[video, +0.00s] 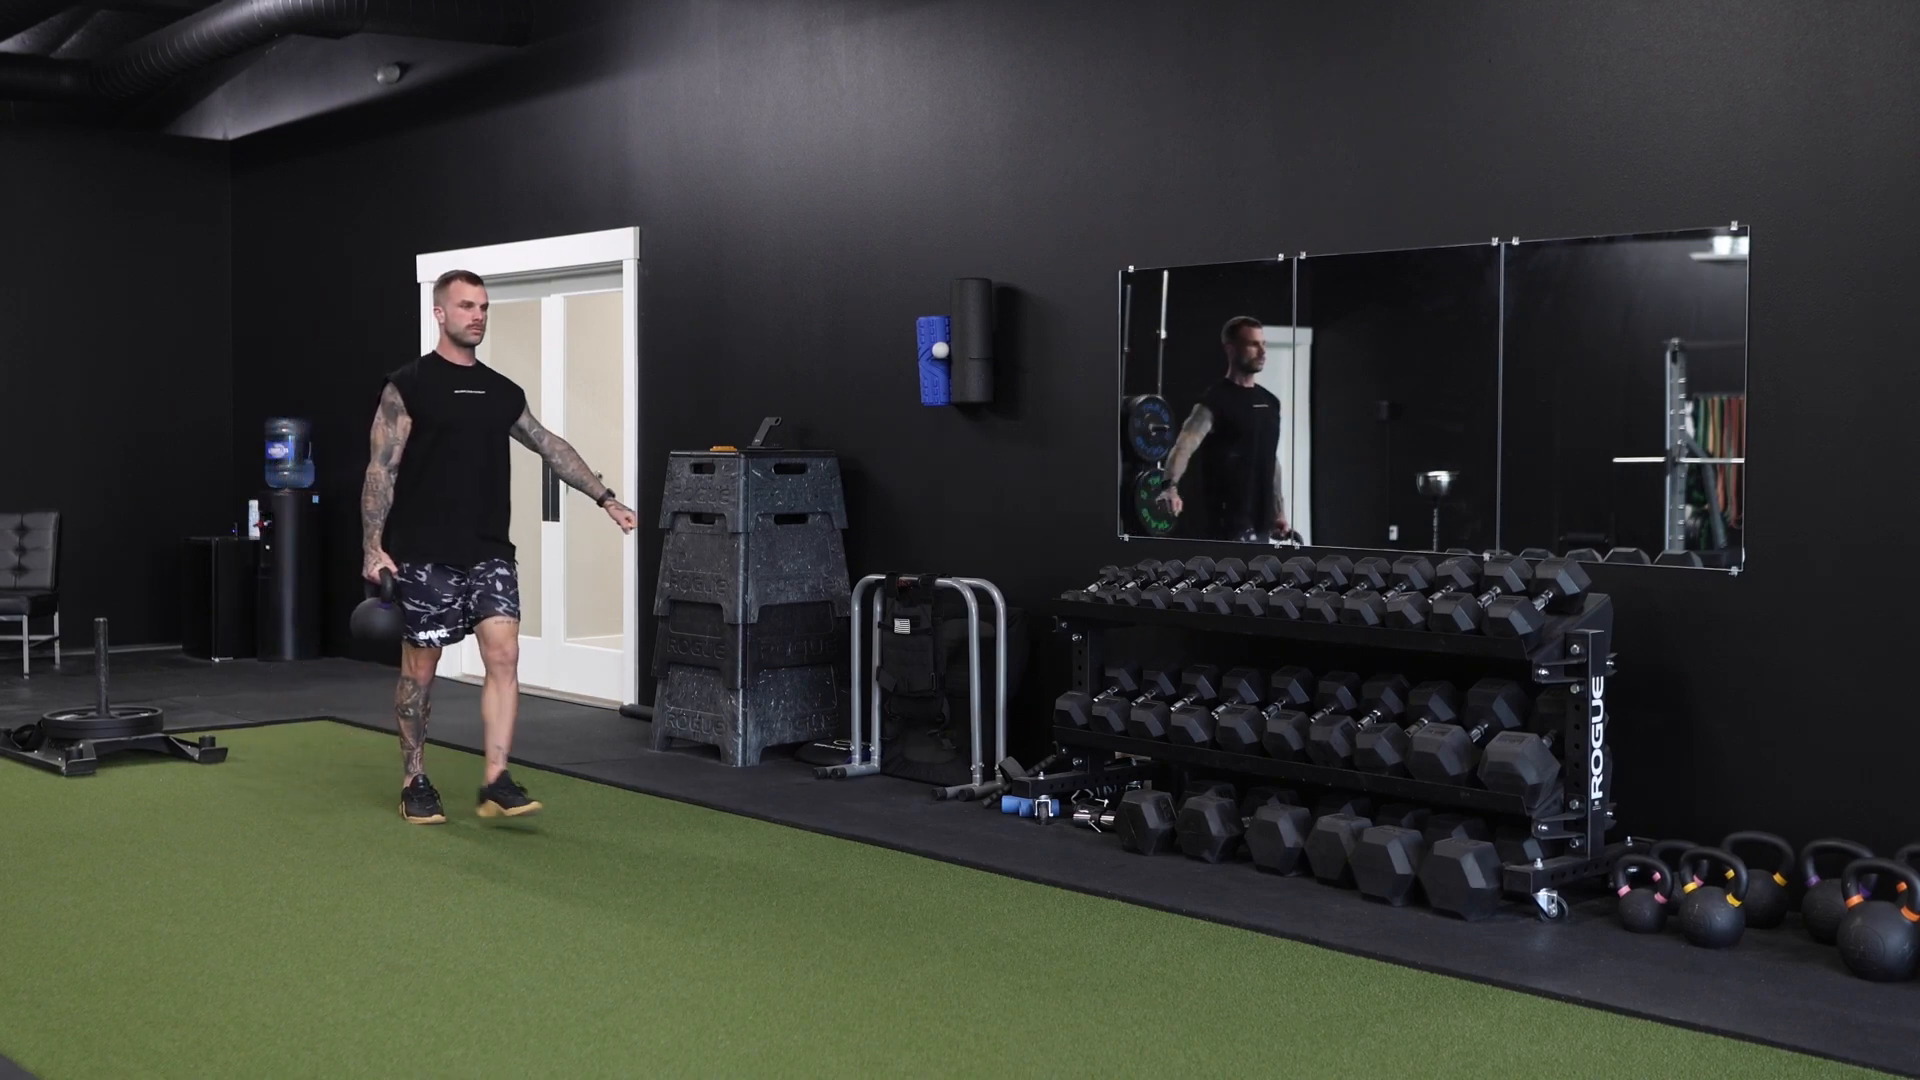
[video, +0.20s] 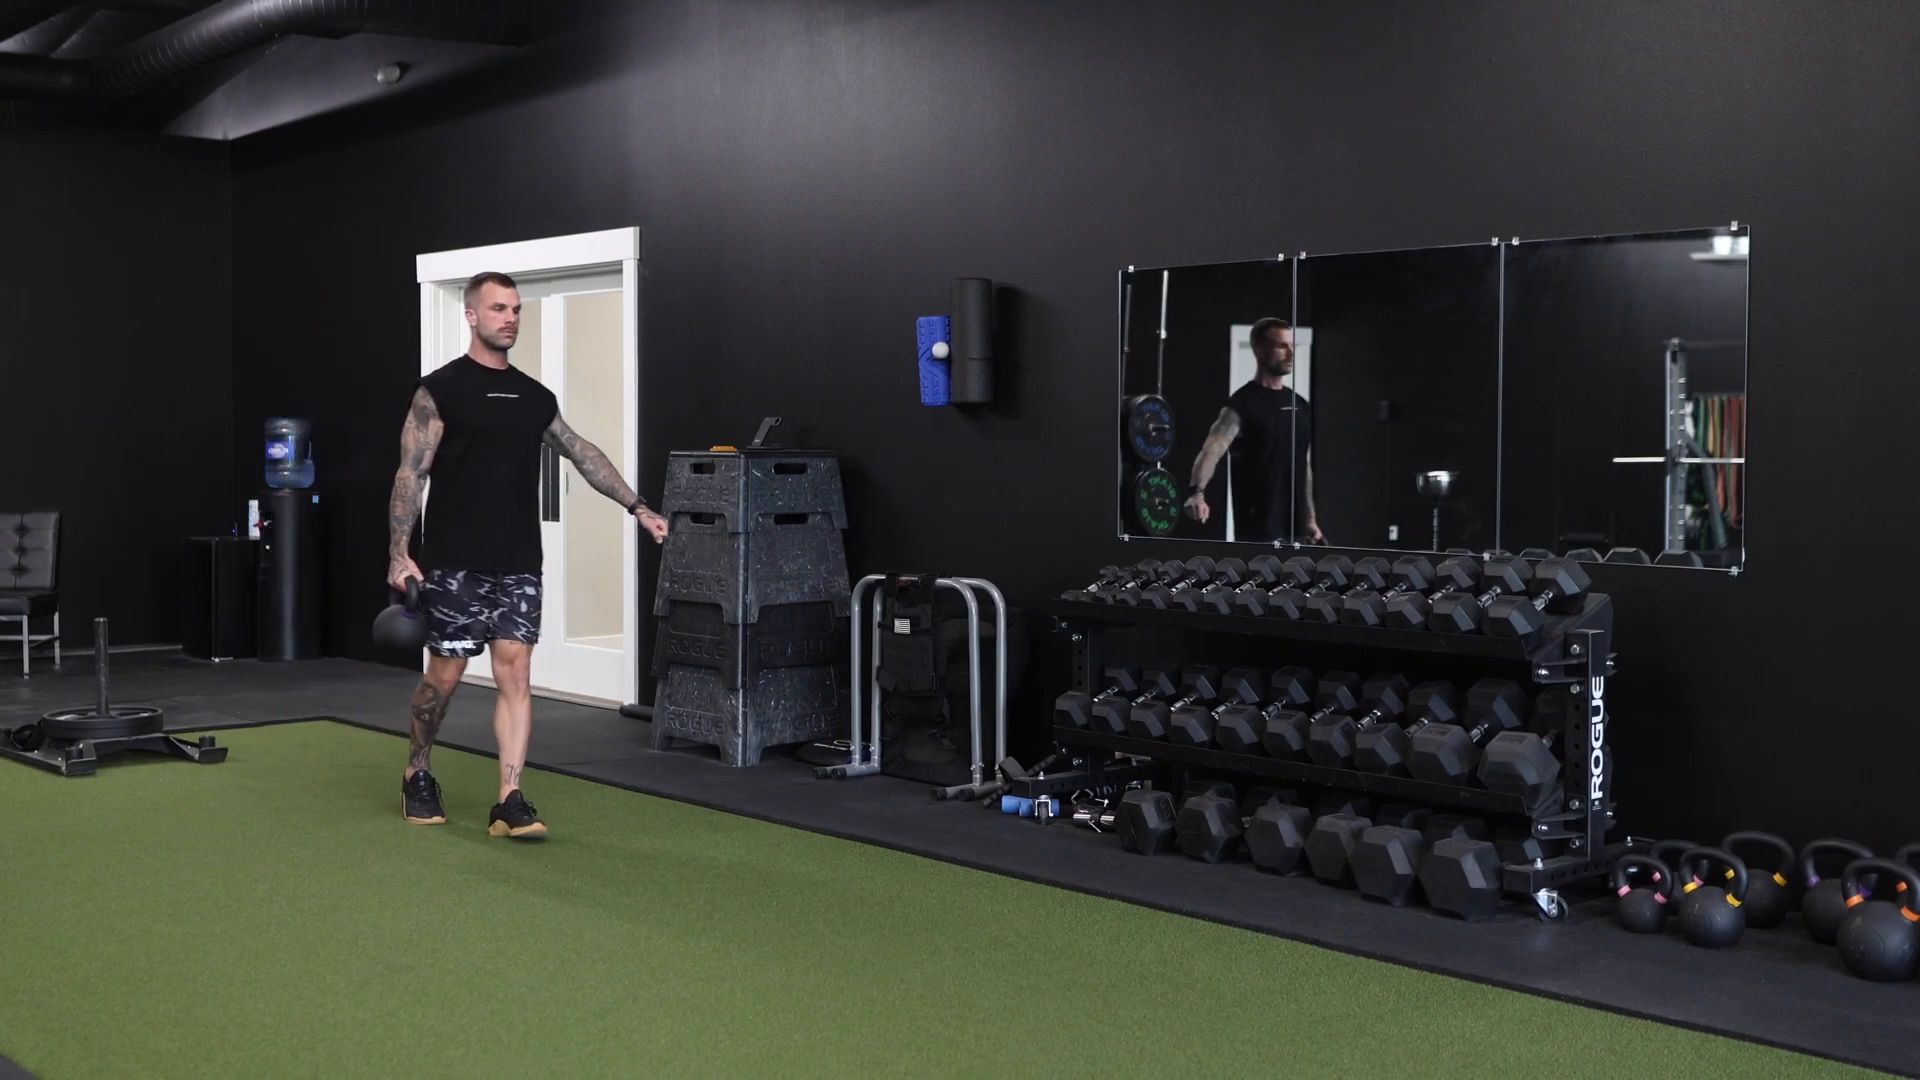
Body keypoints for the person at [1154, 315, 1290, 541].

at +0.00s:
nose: (1262, 351)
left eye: (1264, 344)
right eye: (1253, 344)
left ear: (1267, 346)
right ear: (1229, 348)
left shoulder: (1270, 403)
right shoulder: (1216, 399)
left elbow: (1270, 461)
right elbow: (1184, 445)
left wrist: (1278, 513)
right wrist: (1169, 485)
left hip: (1259, 518)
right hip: (1224, 516)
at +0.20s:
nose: (1290, 353)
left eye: (1292, 346)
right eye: (1281, 346)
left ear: (1294, 348)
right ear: (1258, 349)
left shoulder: (1300, 406)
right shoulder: (1243, 403)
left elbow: (1304, 467)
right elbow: (1212, 449)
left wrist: (1309, 520)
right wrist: (1196, 491)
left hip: (1292, 527)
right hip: (1253, 525)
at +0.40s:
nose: (1323, 349)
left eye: (1324, 343)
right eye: (1313, 343)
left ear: (1327, 345)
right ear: (1290, 345)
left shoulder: (1327, 401)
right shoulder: (1272, 398)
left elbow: (1330, 467)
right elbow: (1242, 447)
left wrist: (1337, 522)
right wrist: (1227, 489)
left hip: (1327, 532)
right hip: (1284, 534)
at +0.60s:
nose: (1354, 349)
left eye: (1355, 342)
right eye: (1344, 342)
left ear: (1357, 344)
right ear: (1319, 346)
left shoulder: (1356, 401)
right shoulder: (1302, 398)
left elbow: (1356, 464)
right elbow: (1272, 446)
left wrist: (1365, 516)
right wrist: (1258, 488)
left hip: (1360, 527)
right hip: (1315, 532)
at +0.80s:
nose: (1391, 349)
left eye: (1392, 342)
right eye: (1381, 342)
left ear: (1395, 345)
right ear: (1356, 347)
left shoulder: (1394, 401)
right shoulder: (1339, 402)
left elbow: (1392, 467)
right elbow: (1305, 448)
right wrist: (1287, 488)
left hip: (1394, 531)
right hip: (1349, 533)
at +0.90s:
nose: (1412, 348)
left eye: (1414, 340)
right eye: (1402, 340)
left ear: (1416, 343)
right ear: (1377, 344)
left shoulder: (1416, 400)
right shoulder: (1358, 400)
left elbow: (1408, 465)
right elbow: (1326, 444)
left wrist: (1431, 484)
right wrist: (1306, 486)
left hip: (1416, 531)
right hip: (1371, 532)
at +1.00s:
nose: (1431, 345)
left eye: (1433, 338)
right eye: (1421, 338)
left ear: (1435, 340)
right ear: (1395, 342)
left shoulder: (1436, 399)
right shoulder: (1376, 399)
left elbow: (1432, 465)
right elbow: (1343, 444)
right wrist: (1325, 486)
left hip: (1435, 532)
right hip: (1393, 533)